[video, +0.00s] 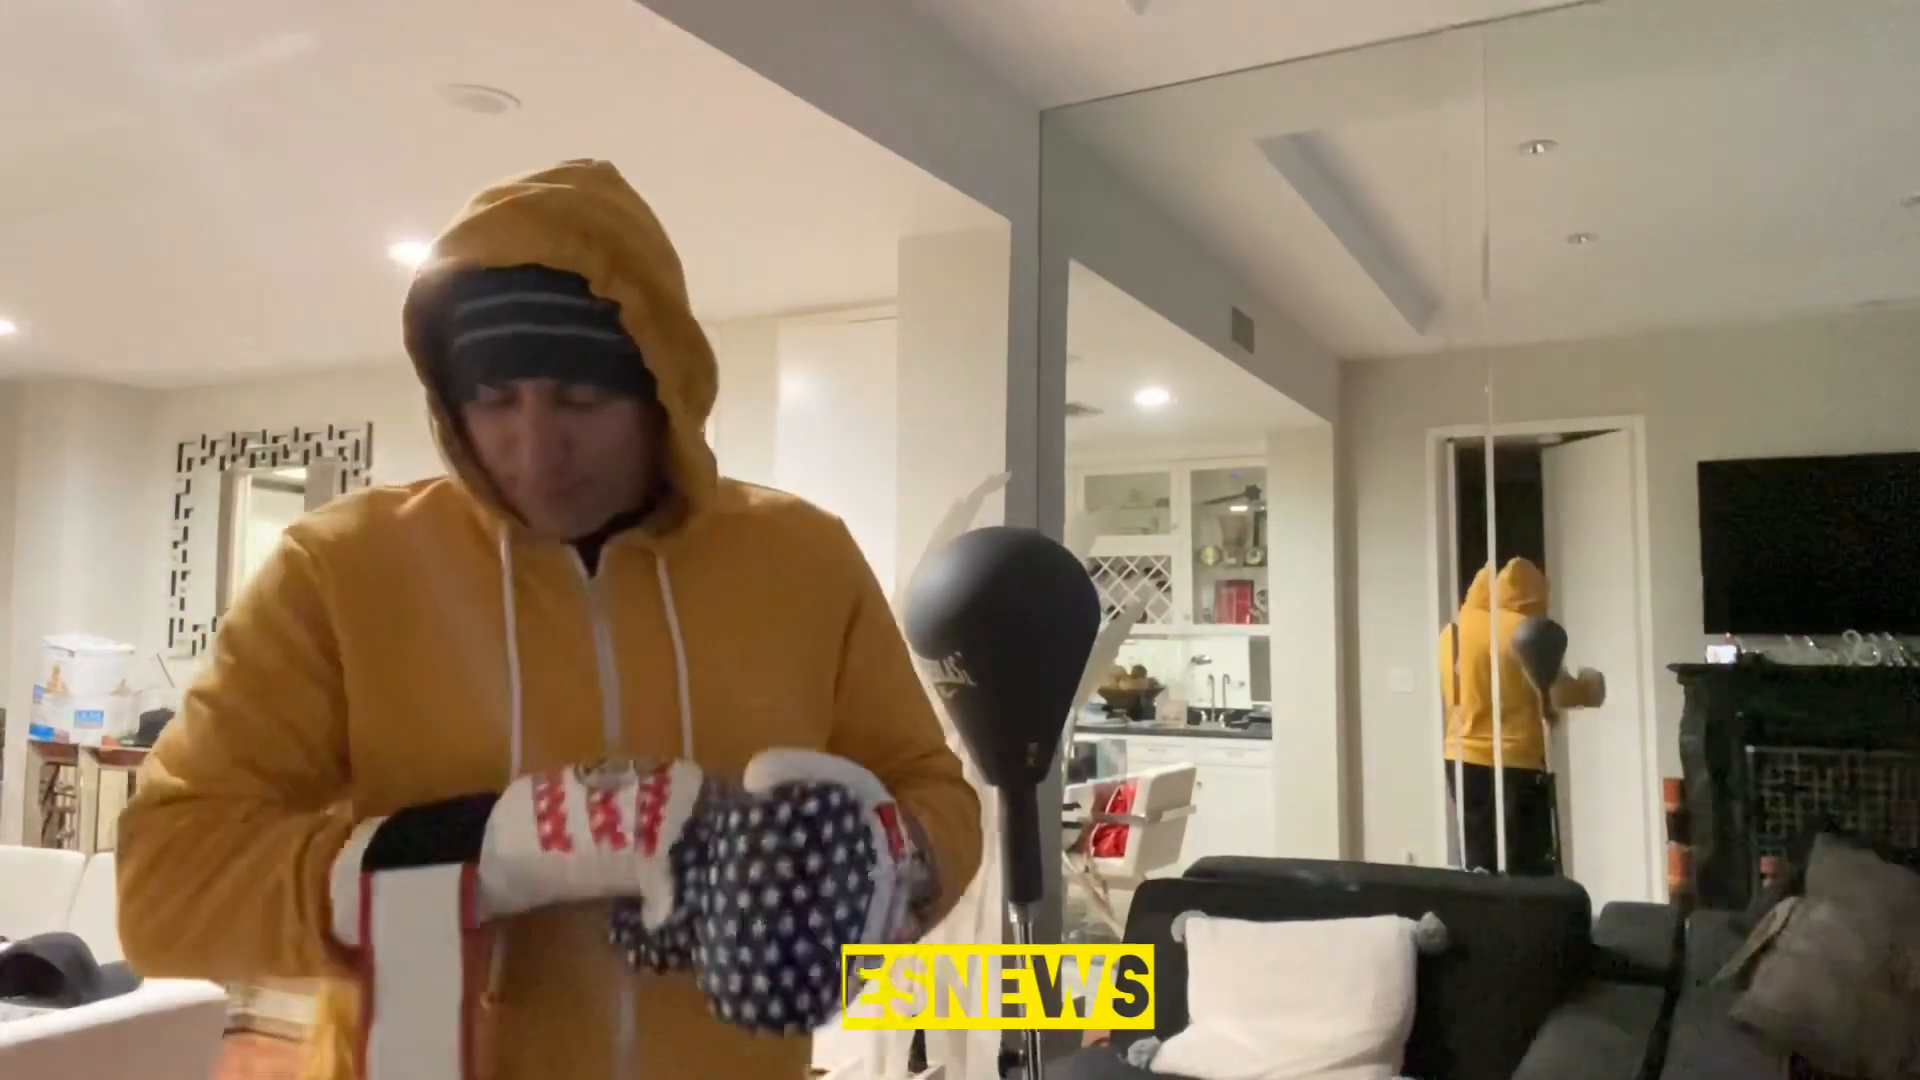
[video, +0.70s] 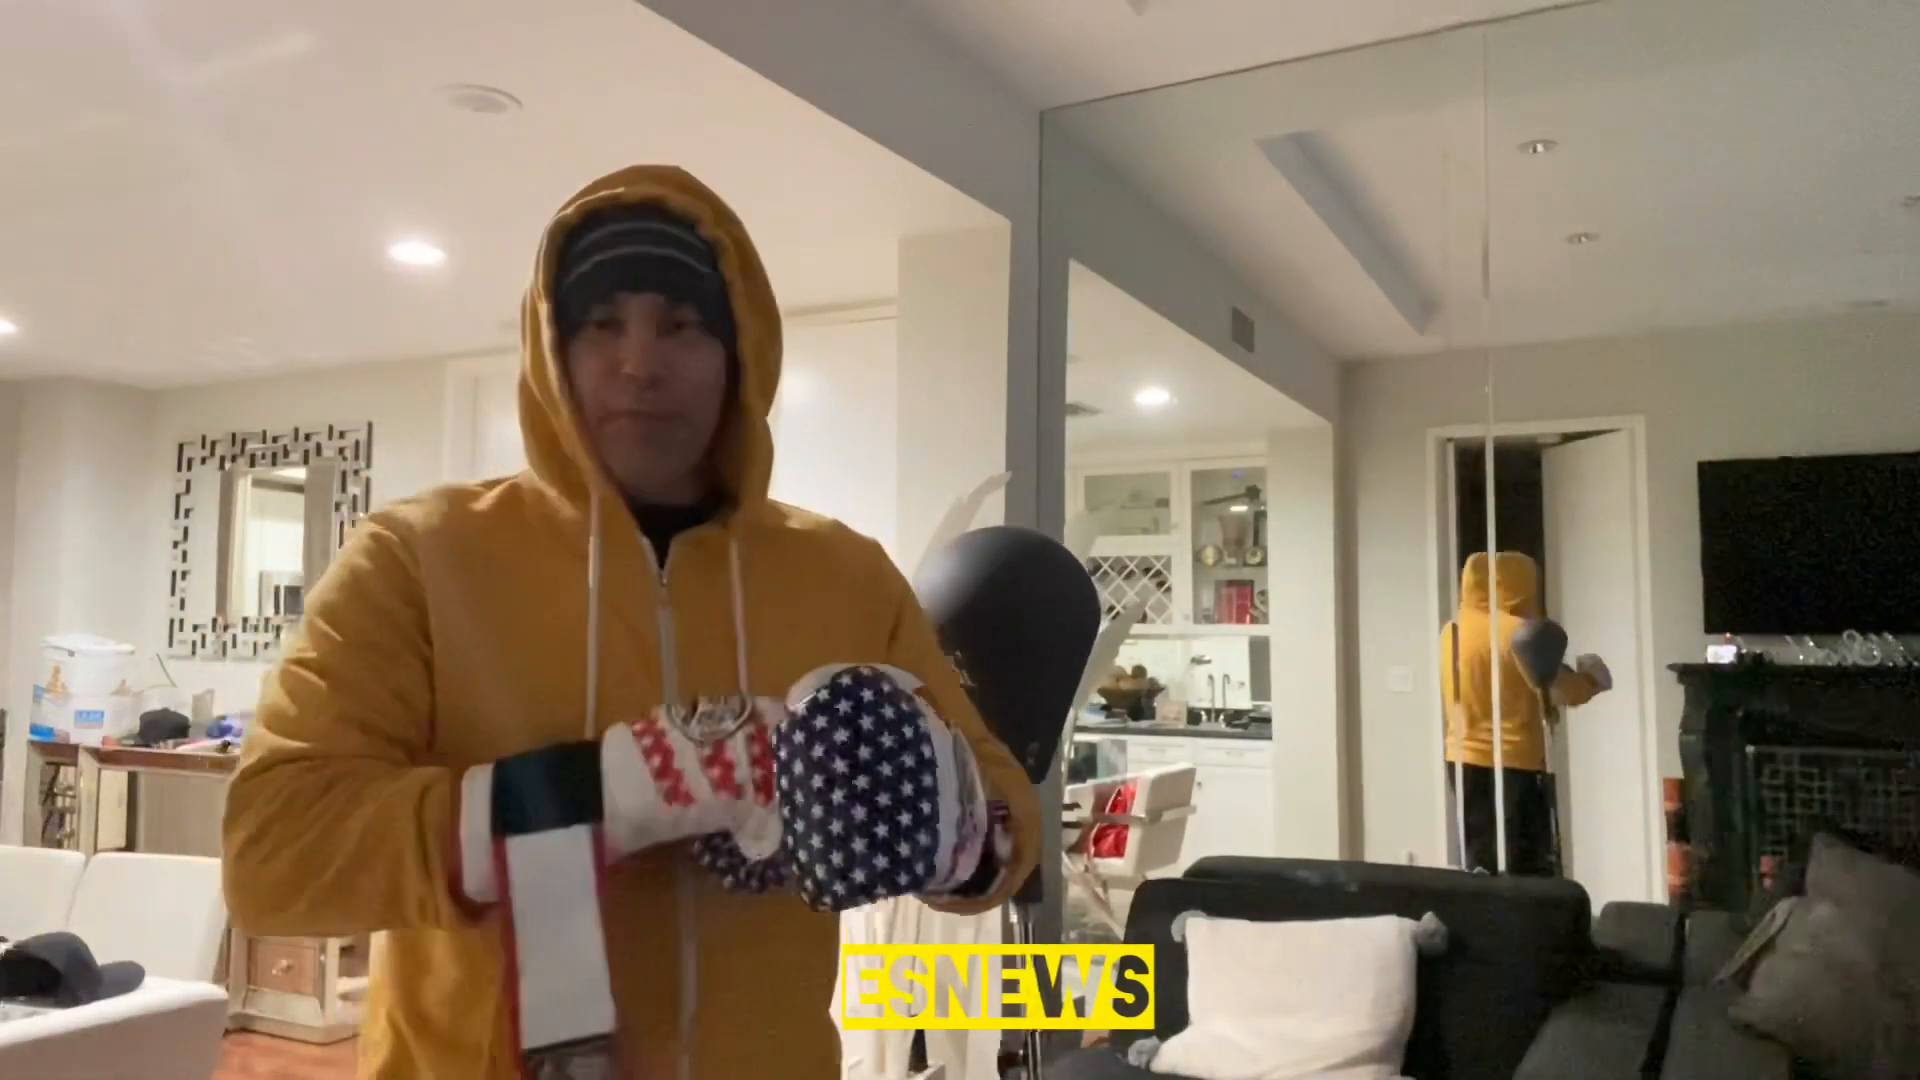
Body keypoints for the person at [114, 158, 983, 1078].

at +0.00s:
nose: (536, 445)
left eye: (580, 396)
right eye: (496, 399)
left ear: (661, 390)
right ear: (451, 408)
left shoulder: (799, 561)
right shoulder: (338, 578)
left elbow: (933, 796)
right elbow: (166, 880)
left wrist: (856, 859)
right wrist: (469, 851)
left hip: (738, 1066)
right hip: (441, 1066)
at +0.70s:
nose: (640, 365)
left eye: (680, 326)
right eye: (602, 325)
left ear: (738, 353)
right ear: (553, 354)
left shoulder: (849, 581)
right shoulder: (418, 559)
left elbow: (1006, 812)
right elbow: (273, 850)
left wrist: (950, 824)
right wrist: (587, 791)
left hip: (764, 1064)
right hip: (474, 1063)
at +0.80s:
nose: (645, 360)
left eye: (685, 319)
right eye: (606, 321)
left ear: (743, 348)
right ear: (557, 350)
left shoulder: (849, 583)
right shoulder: (428, 558)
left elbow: (1014, 792)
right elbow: (312, 841)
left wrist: (960, 821)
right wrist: (621, 753)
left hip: (762, 1063)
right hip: (484, 1062)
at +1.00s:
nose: (645, 365)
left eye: (685, 325)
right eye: (611, 325)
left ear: (739, 360)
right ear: (565, 358)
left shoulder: (836, 574)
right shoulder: (439, 548)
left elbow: (1004, 773)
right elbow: (386, 790)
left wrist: (856, 861)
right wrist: (689, 657)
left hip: (768, 1060)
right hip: (484, 1052)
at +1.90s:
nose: (679, 498)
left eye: (716, 456)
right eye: (644, 454)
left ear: (757, 452)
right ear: (574, 438)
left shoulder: (812, 598)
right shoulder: (423, 569)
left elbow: (869, 819)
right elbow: (344, 885)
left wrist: (952, 917)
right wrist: (581, 1053)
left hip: (757, 1060)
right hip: (507, 1063)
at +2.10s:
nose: (674, 501)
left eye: (708, 461)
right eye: (637, 458)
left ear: (746, 459)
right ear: (566, 442)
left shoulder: (800, 591)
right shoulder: (409, 572)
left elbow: (864, 805)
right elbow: (340, 904)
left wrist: (847, 902)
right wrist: (562, 1049)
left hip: (752, 1060)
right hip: (500, 1062)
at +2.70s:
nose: (557, 505)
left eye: (597, 454)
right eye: (514, 456)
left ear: (665, 436)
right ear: (460, 443)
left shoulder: (778, 569)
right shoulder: (340, 584)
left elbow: (851, 822)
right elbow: (276, 927)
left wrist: (756, 940)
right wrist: (459, 1061)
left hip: (724, 1067)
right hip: (456, 1068)